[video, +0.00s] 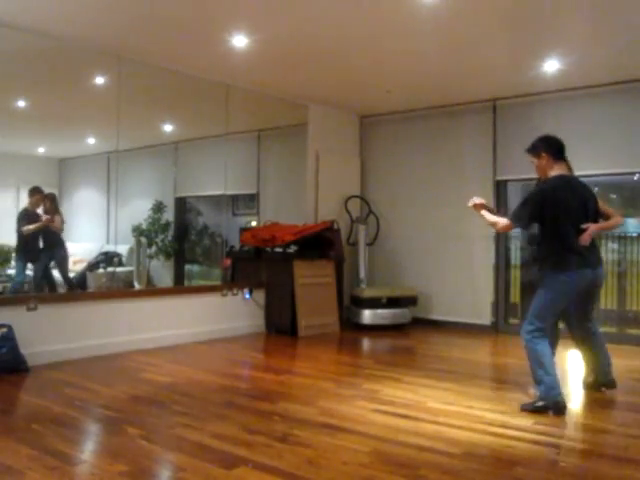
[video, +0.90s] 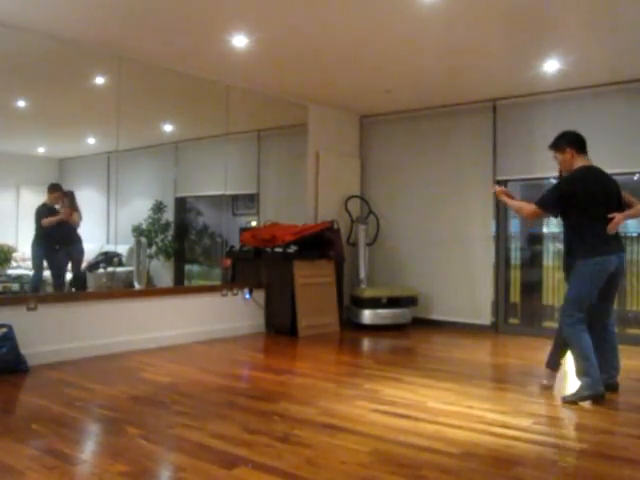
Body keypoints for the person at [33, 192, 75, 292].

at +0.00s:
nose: (44, 205)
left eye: (47, 202)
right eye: (44, 202)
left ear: (52, 203)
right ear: (43, 203)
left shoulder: (56, 215)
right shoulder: (43, 215)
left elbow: (59, 228)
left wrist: (48, 223)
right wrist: (42, 223)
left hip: (58, 246)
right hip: (47, 247)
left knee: (64, 273)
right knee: (39, 270)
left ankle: (74, 292)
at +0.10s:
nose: (51, 205)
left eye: (53, 202)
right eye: (50, 202)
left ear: (59, 203)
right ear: (50, 203)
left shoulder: (64, 214)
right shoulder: (51, 215)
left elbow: (66, 227)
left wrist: (57, 223)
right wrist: (53, 223)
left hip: (66, 246)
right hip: (55, 246)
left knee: (70, 269)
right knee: (48, 266)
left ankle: (74, 290)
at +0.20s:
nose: (57, 204)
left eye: (59, 201)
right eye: (57, 201)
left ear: (64, 202)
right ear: (56, 202)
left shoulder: (70, 213)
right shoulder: (55, 214)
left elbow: (73, 228)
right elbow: (52, 228)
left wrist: (65, 221)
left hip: (72, 244)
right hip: (60, 244)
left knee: (75, 271)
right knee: (55, 269)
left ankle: (78, 292)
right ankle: (57, 293)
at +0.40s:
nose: (64, 203)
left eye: (67, 201)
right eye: (63, 200)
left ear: (71, 201)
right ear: (61, 201)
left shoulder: (76, 212)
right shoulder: (59, 214)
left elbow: (85, 227)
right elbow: (57, 228)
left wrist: (79, 221)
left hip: (77, 244)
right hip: (65, 245)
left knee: (78, 269)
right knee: (67, 269)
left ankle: (81, 290)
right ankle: (72, 290)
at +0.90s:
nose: (62, 202)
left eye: (65, 200)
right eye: (62, 199)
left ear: (70, 200)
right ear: (61, 200)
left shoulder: (74, 212)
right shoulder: (59, 212)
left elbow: (76, 222)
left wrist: (68, 216)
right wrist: (60, 216)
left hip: (74, 243)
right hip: (61, 244)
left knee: (76, 270)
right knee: (59, 270)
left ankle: (78, 290)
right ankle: (59, 291)